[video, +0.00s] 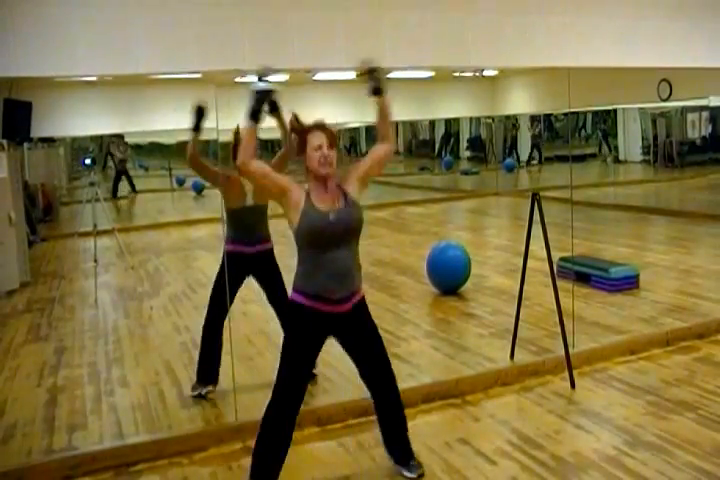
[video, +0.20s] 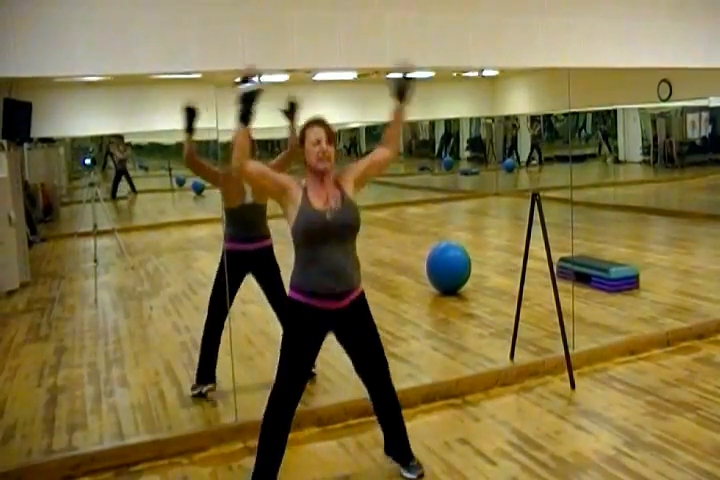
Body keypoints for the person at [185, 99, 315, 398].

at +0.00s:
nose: (238, 152)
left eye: (237, 147)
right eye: (241, 147)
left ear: (233, 152)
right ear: (255, 153)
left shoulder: (226, 179)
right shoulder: (267, 175)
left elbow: (193, 160)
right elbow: (289, 146)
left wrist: (196, 127)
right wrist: (279, 115)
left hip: (236, 257)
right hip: (264, 255)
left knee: (215, 316)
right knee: (285, 310)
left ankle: (207, 380)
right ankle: (304, 368)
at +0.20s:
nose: (239, 151)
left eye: (239, 147)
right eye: (243, 146)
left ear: (230, 152)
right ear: (254, 152)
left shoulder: (223, 176)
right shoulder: (265, 173)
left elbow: (190, 160)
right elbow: (292, 151)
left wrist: (189, 129)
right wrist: (292, 120)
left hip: (234, 254)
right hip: (262, 252)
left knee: (215, 316)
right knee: (284, 308)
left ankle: (205, 380)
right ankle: (304, 365)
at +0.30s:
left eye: (237, 135)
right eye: (250, 136)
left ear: (232, 141)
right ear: (255, 141)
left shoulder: (224, 170)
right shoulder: (268, 167)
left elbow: (194, 181)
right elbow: (296, 178)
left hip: (233, 238)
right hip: (260, 236)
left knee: (225, 302)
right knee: (276, 298)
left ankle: (219, 369)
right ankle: (294, 358)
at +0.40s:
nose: (248, 148)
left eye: (238, 143)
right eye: (250, 143)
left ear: (231, 147)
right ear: (253, 146)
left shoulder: (225, 179)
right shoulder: (267, 176)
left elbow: (207, 214)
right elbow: (284, 205)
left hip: (232, 247)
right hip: (261, 245)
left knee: (233, 309)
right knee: (266, 303)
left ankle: (239, 373)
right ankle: (273, 365)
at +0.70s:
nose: (247, 139)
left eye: (236, 135)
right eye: (250, 134)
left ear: (230, 138)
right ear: (253, 137)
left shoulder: (223, 170)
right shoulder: (266, 167)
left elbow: (201, 202)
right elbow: (281, 199)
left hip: (231, 241)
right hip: (260, 239)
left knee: (227, 301)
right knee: (269, 297)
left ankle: (231, 366)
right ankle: (276, 358)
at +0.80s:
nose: (256, 144)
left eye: (254, 140)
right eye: (252, 140)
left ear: (226, 146)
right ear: (248, 144)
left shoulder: (222, 173)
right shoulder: (264, 167)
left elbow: (189, 180)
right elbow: (296, 159)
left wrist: (179, 170)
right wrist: (294, 127)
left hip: (232, 244)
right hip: (261, 243)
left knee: (220, 305)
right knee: (277, 301)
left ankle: (216, 370)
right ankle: (291, 361)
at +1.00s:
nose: (241, 168)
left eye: (238, 163)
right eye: (244, 162)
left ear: (233, 168)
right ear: (255, 167)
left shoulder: (228, 194)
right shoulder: (267, 190)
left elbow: (198, 167)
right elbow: (284, 156)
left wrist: (208, 137)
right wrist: (270, 129)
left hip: (235, 271)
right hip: (265, 269)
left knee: (209, 325)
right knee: (288, 320)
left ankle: (208, 386)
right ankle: (305, 369)